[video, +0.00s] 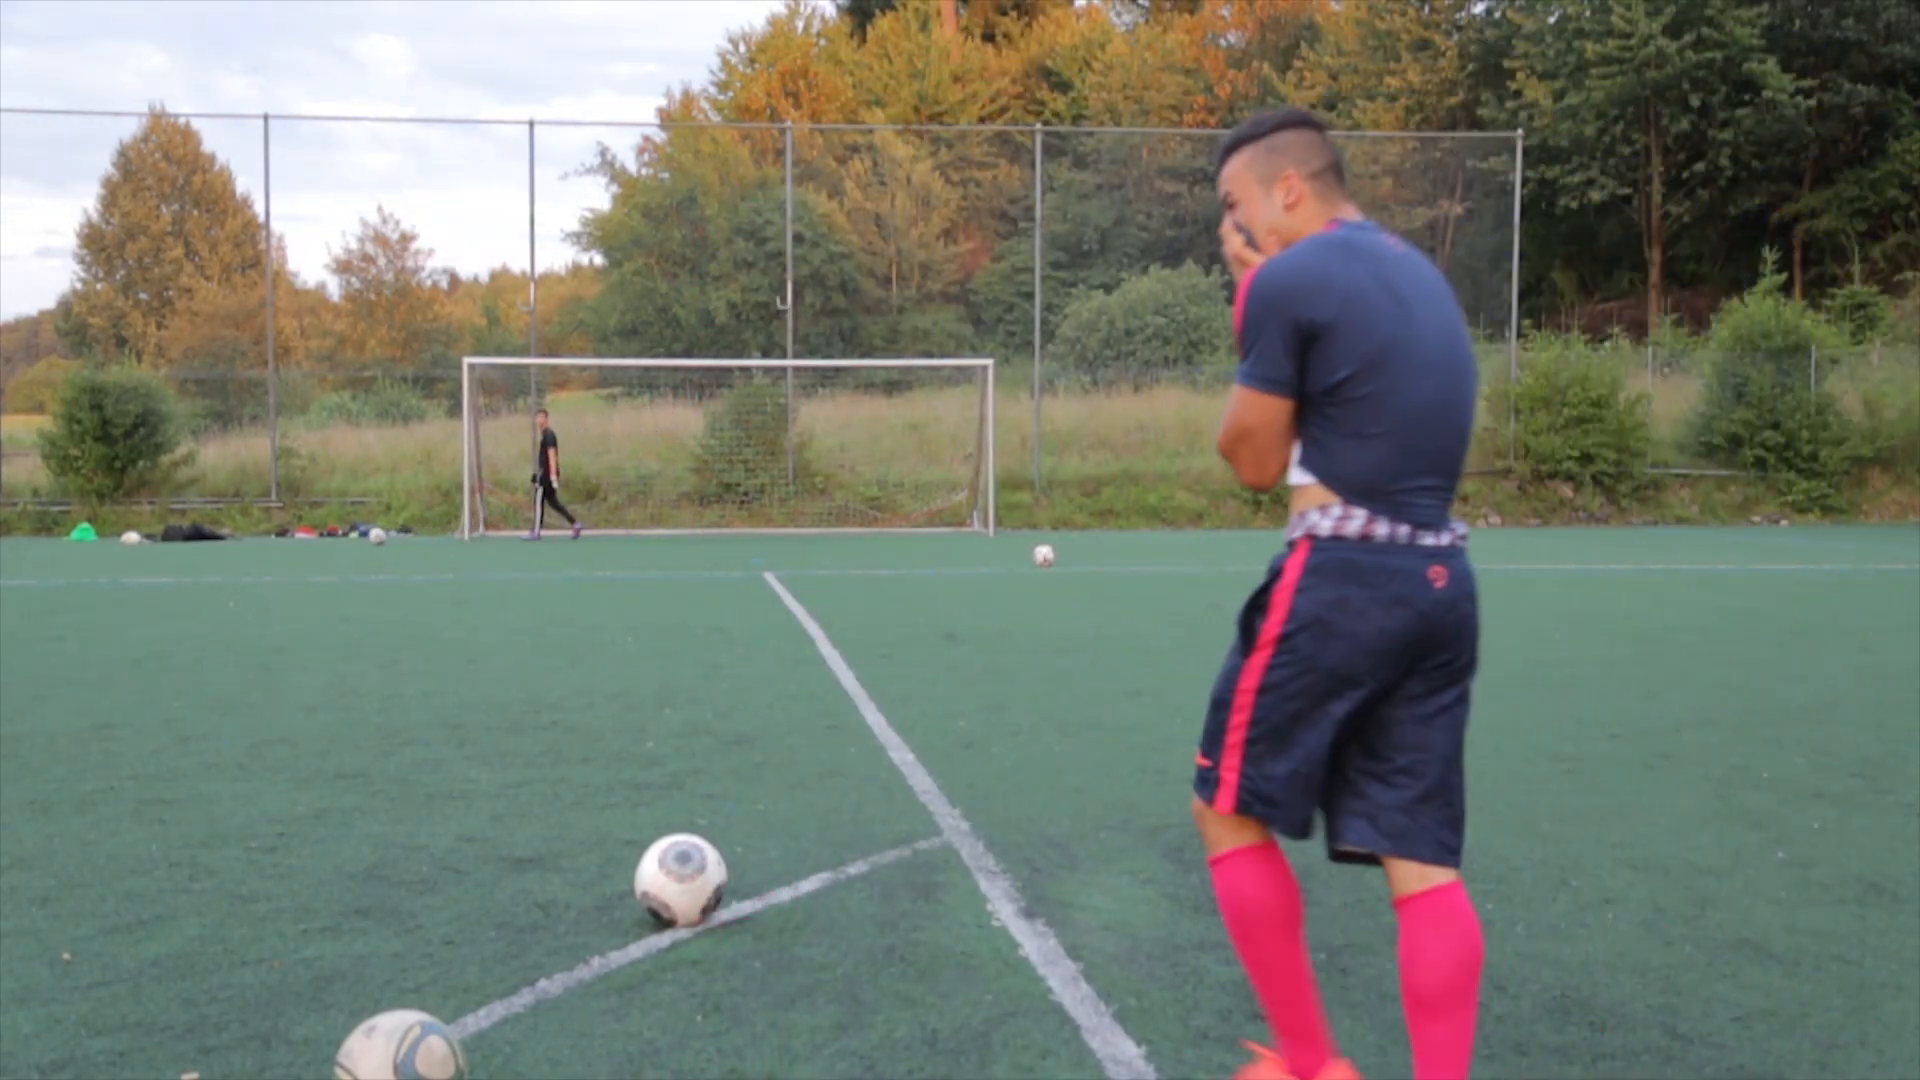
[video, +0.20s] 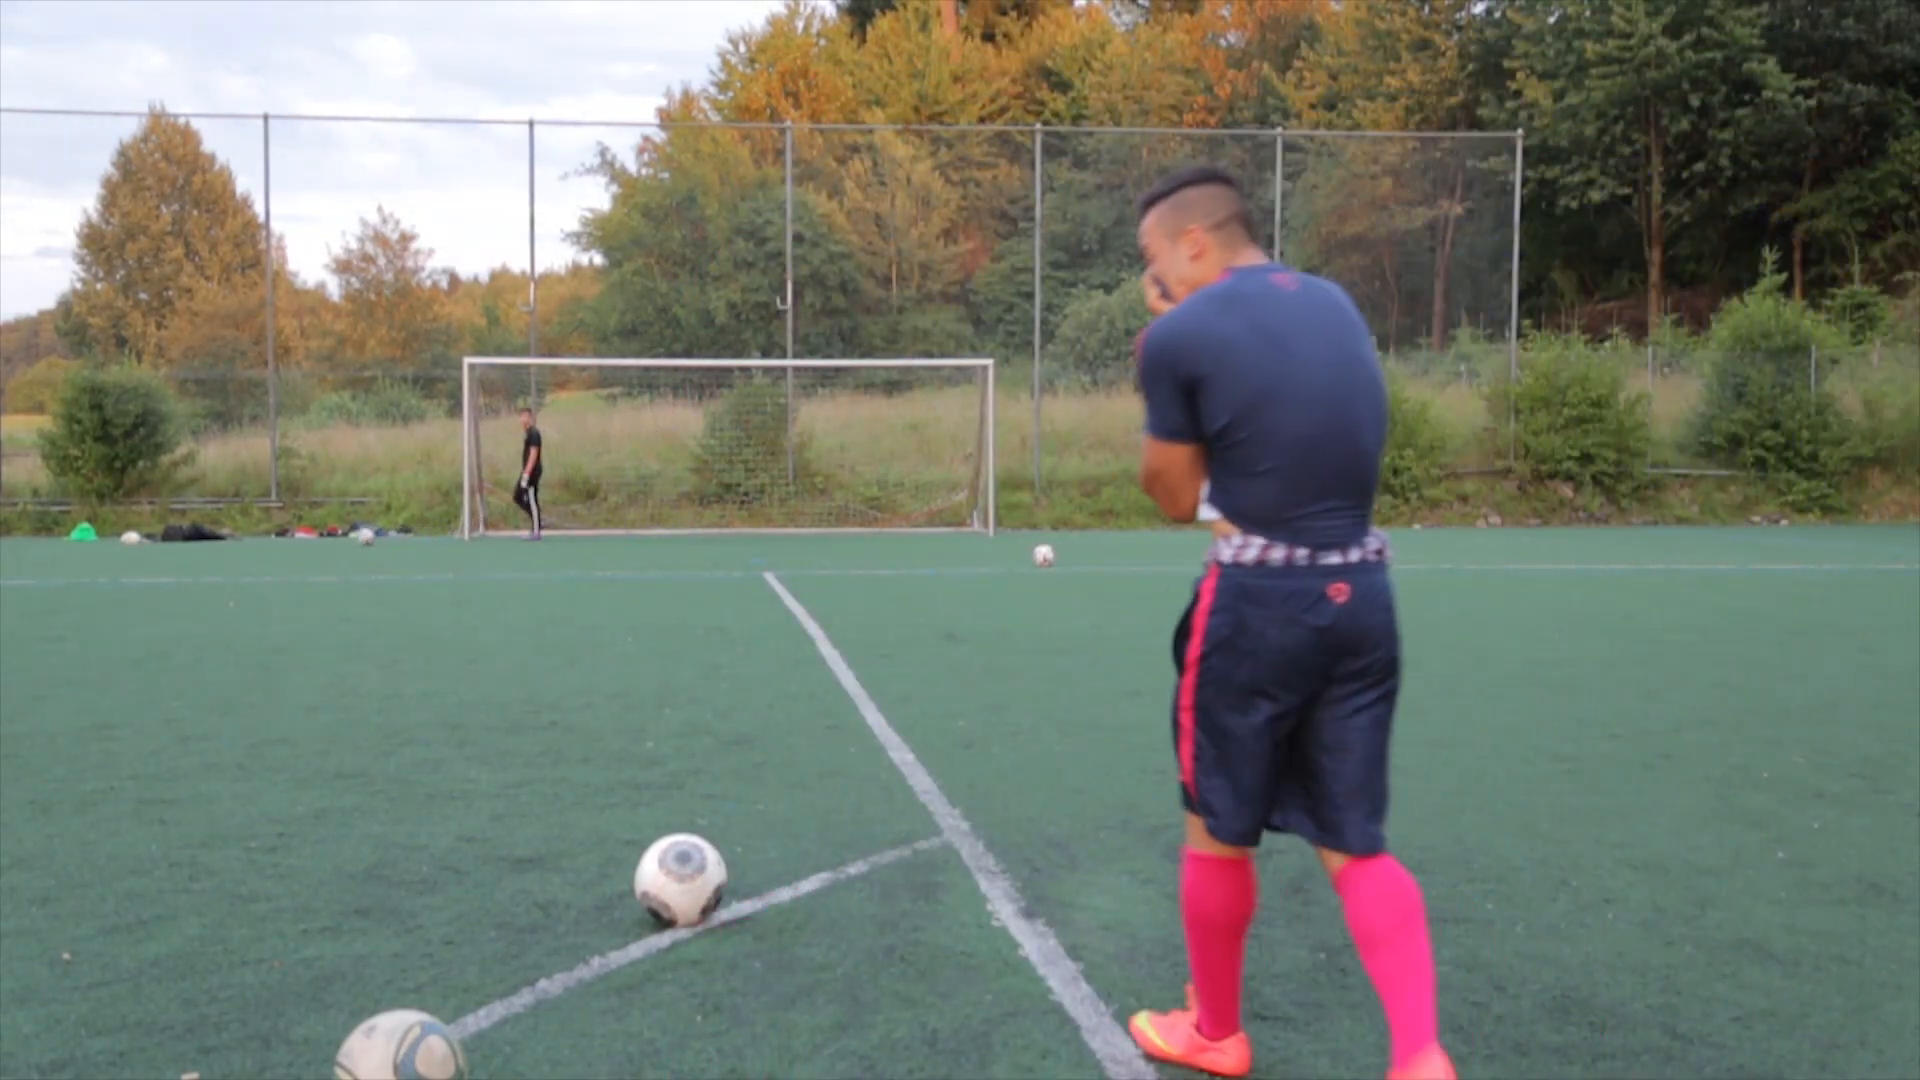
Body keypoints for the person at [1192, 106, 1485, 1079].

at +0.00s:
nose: (1240, 234)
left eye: (1242, 212)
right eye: (1234, 216)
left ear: (1289, 189)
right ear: (1322, 191)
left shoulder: (1295, 277)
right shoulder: (1414, 269)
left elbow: (1254, 461)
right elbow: (1368, 427)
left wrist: (1255, 304)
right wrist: (1270, 297)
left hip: (1335, 580)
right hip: (1439, 584)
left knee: (1231, 807)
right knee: (1421, 851)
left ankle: (1305, 1055)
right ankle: (1446, 1071)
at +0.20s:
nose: (1153, 279)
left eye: (1154, 260)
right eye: (1148, 262)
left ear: (1195, 243)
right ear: (1243, 237)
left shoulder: (1182, 333)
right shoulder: (1333, 303)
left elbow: (1176, 496)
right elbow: (1324, 443)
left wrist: (1161, 364)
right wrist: (1200, 341)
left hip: (1253, 605)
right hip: (1361, 596)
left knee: (1219, 822)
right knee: (1355, 834)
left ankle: (1214, 1027)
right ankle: (1422, 1056)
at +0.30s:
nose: (1125, 277)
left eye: (1122, 261)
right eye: (1121, 262)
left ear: (1150, 243)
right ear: (1208, 231)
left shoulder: (1138, 330)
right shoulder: (1302, 296)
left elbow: (1150, 482)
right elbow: (1302, 431)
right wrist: (1176, 334)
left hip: (1218, 585)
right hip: (1318, 581)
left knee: (1184, 805)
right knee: (1299, 789)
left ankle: (1212, 1027)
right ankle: (1364, 959)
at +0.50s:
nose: (1083, 264)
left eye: (1082, 249)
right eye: (1081, 251)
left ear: (1109, 234)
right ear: (1165, 226)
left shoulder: (1086, 317)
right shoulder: (1246, 295)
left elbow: (1090, 461)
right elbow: (1236, 423)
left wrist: (1098, 339)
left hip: (1161, 567)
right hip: (1250, 562)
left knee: (1178, 801)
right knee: (1214, 763)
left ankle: (1214, 1026)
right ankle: (1208, 948)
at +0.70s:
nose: (1039, 306)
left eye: (1038, 293)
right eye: (1037, 294)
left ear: (1067, 279)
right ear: (1113, 274)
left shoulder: (1054, 351)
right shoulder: (1186, 331)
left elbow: (1045, 487)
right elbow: (1174, 450)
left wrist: (1050, 378)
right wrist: (1076, 369)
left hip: (1115, 579)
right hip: (1190, 576)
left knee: (1093, 790)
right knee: (1152, 769)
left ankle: (1197, 970)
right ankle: (1144, 933)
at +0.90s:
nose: (983, 288)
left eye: (986, 271)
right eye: (979, 274)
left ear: (1028, 259)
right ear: (1047, 263)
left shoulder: (1034, 332)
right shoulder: (1117, 316)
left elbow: (1004, 464)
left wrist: (1003, 352)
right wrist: (1014, 336)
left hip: (1072, 555)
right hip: (1139, 552)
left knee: (983, 730)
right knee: (1109, 736)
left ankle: (1095, 899)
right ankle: (1130, 929)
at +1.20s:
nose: (893, 339)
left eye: (895, 321)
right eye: (886, 325)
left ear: (938, 307)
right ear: (945, 308)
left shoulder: (975, 385)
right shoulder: (1012, 344)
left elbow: (937, 504)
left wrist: (935, 399)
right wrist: (939, 390)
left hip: (1005, 572)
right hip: (1035, 563)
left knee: (951, 743)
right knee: (997, 728)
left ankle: (996, 900)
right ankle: (1089, 837)